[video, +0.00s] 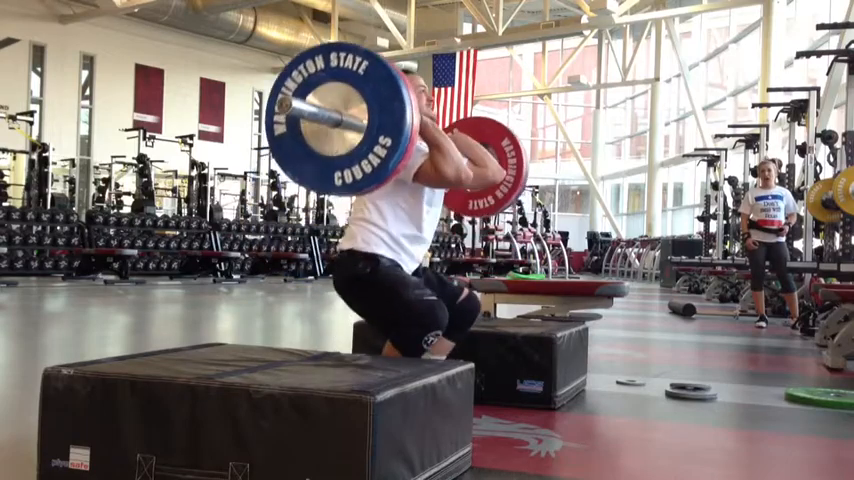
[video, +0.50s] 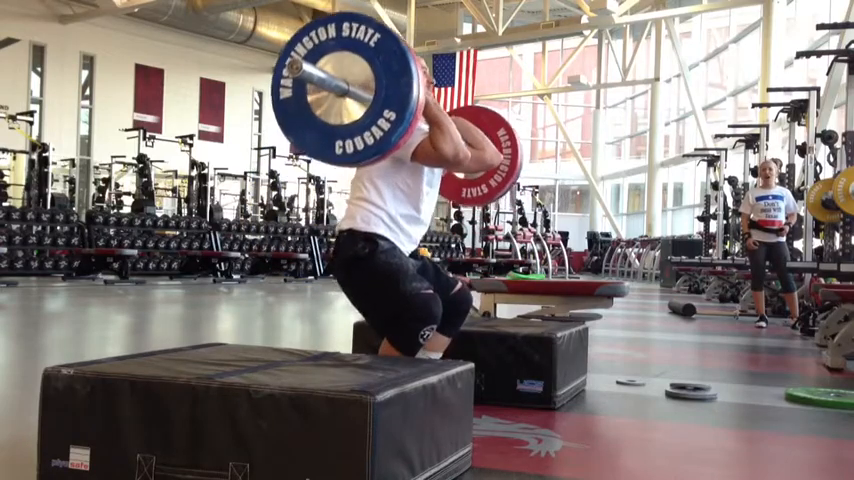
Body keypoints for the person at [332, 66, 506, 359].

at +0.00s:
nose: (427, 97)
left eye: (426, 91)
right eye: (418, 91)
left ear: (428, 98)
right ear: (398, 99)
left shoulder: (428, 152)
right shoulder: (391, 139)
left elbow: (494, 173)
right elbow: (455, 175)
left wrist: (453, 136)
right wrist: (424, 122)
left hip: (403, 266)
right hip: (364, 262)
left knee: (465, 306)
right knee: (425, 315)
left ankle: (418, 386)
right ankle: (378, 392)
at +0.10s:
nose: (426, 94)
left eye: (426, 88)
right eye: (417, 88)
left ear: (430, 96)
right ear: (398, 97)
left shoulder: (428, 150)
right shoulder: (393, 137)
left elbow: (492, 170)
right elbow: (452, 171)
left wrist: (451, 132)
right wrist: (424, 117)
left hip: (401, 262)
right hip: (363, 257)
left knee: (463, 305)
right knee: (423, 315)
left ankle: (418, 387)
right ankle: (376, 393)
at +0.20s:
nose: (424, 91)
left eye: (425, 84)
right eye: (415, 85)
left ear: (430, 92)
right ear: (397, 95)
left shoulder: (426, 146)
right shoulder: (391, 134)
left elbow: (492, 166)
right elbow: (453, 166)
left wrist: (448, 127)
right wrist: (424, 113)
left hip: (400, 259)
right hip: (362, 254)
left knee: (462, 303)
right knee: (422, 315)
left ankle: (416, 387)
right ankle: (376, 393)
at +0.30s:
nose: (423, 90)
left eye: (424, 83)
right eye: (413, 83)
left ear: (428, 91)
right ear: (395, 92)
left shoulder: (427, 141)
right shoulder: (392, 129)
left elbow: (492, 161)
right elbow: (454, 163)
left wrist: (445, 124)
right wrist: (425, 111)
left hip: (399, 256)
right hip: (362, 252)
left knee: (459, 302)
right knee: (421, 313)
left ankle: (414, 389)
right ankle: (374, 394)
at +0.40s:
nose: (425, 88)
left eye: (427, 82)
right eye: (415, 79)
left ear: (430, 90)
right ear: (398, 88)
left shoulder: (426, 138)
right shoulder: (392, 125)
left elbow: (491, 159)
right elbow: (452, 159)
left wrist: (444, 122)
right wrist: (426, 106)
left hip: (397, 253)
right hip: (363, 249)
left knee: (457, 300)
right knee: (420, 311)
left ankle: (412, 391)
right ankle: (375, 398)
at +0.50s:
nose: (424, 84)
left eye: (425, 77)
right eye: (415, 75)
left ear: (428, 86)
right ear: (398, 85)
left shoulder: (428, 136)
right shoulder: (392, 122)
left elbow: (491, 156)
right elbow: (452, 155)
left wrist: (444, 117)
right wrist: (427, 101)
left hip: (398, 250)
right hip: (364, 246)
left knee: (457, 300)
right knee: (418, 310)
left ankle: (413, 389)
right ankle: (375, 398)